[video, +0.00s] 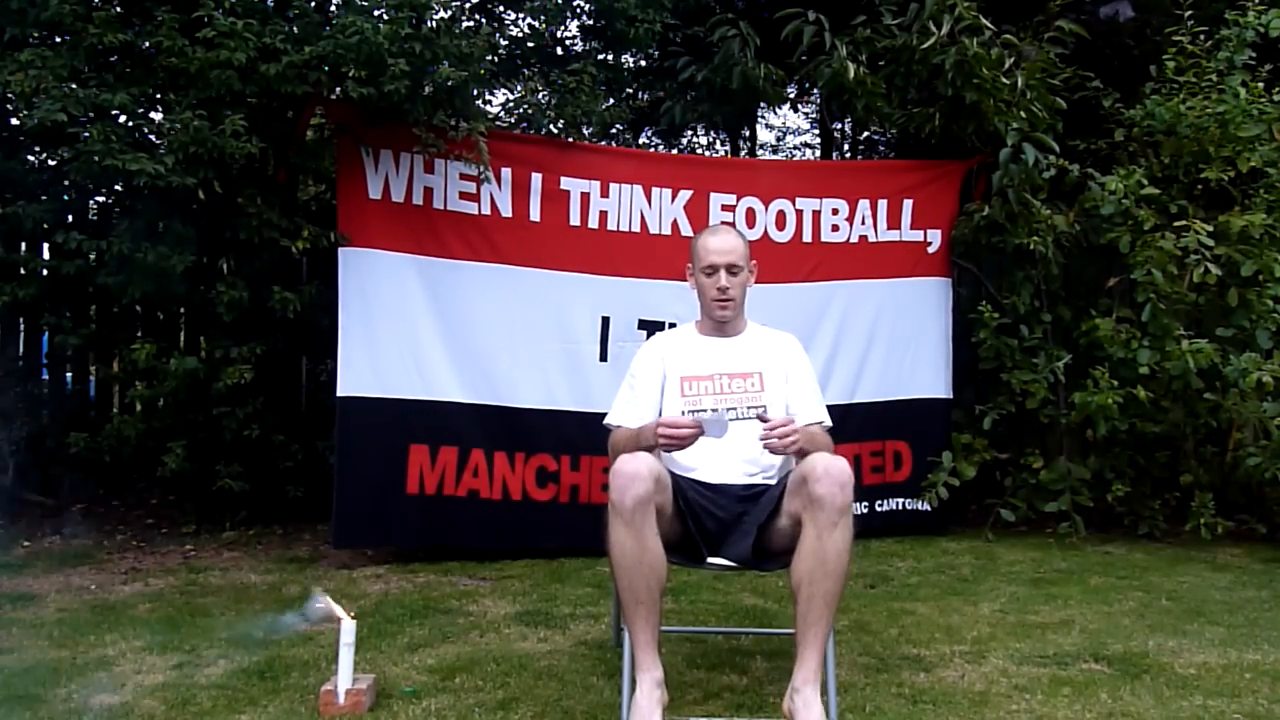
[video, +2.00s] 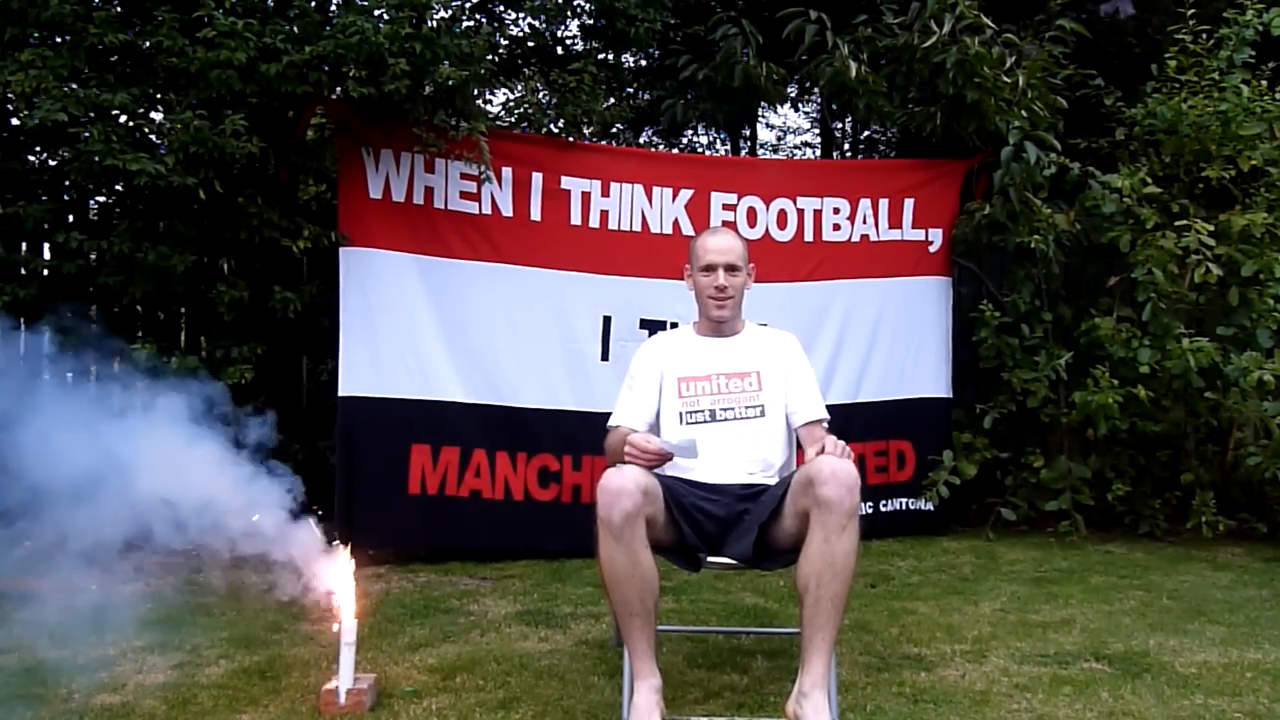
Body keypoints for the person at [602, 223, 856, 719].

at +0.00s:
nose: (722, 282)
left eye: (733, 270)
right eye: (710, 271)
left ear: (751, 275)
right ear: (692, 277)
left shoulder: (784, 349)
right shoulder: (660, 350)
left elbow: (824, 442)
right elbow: (617, 444)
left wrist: (802, 438)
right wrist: (648, 434)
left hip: (769, 502)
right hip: (682, 500)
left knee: (833, 474)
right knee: (628, 474)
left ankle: (806, 687)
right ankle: (648, 678)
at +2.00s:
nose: (721, 282)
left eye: (732, 270)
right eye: (708, 270)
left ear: (749, 277)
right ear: (689, 278)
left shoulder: (782, 347)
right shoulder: (658, 351)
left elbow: (813, 436)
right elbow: (614, 443)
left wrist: (827, 446)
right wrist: (629, 445)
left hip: (768, 503)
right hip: (679, 502)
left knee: (838, 477)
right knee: (616, 488)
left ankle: (812, 689)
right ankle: (645, 684)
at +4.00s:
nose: (685, 298)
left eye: (696, 284)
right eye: (679, 286)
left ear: (735, 279)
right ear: (674, 286)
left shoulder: (782, 350)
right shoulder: (659, 352)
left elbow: (812, 437)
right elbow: (616, 442)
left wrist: (824, 448)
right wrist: (635, 445)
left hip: (768, 504)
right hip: (680, 503)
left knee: (837, 477)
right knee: (617, 484)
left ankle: (812, 689)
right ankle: (643, 683)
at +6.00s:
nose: (721, 282)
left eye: (733, 270)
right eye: (709, 270)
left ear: (751, 277)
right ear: (691, 278)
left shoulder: (783, 349)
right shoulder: (658, 351)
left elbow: (813, 436)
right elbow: (621, 439)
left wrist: (825, 449)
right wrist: (622, 442)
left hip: (768, 504)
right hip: (679, 503)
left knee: (835, 480)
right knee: (620, 484)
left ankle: (811, 692)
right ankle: (642, 683)